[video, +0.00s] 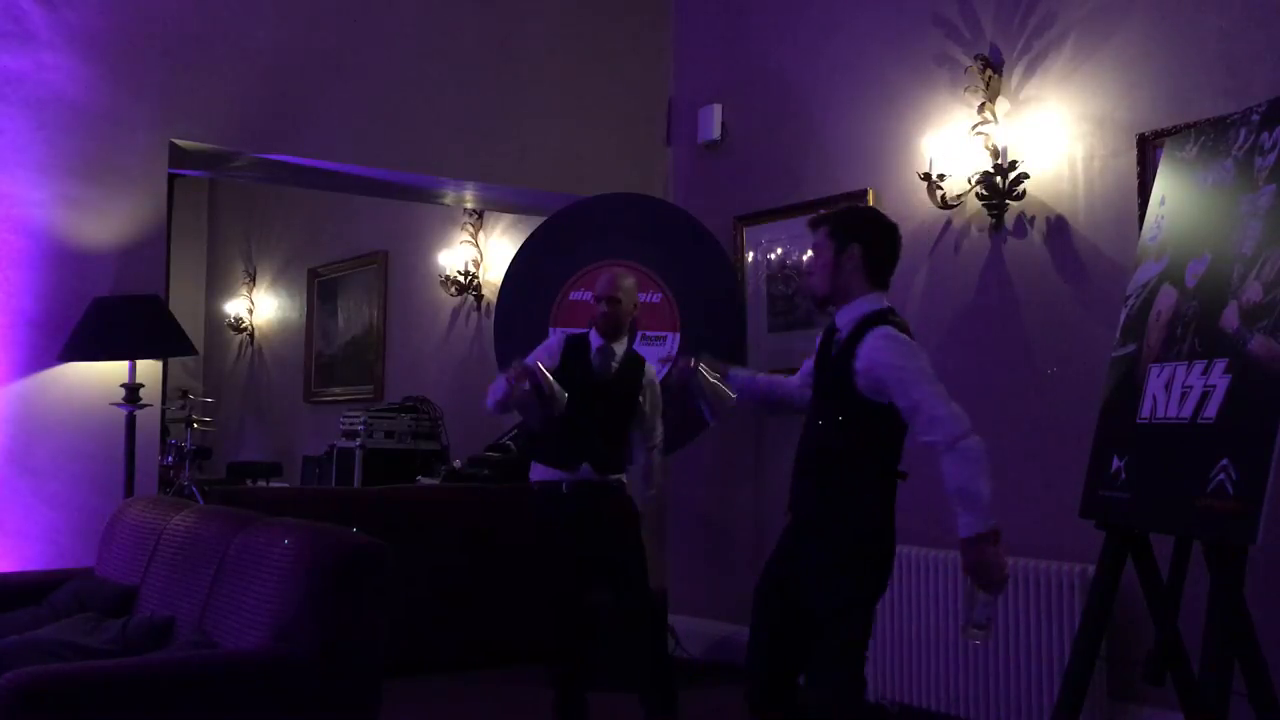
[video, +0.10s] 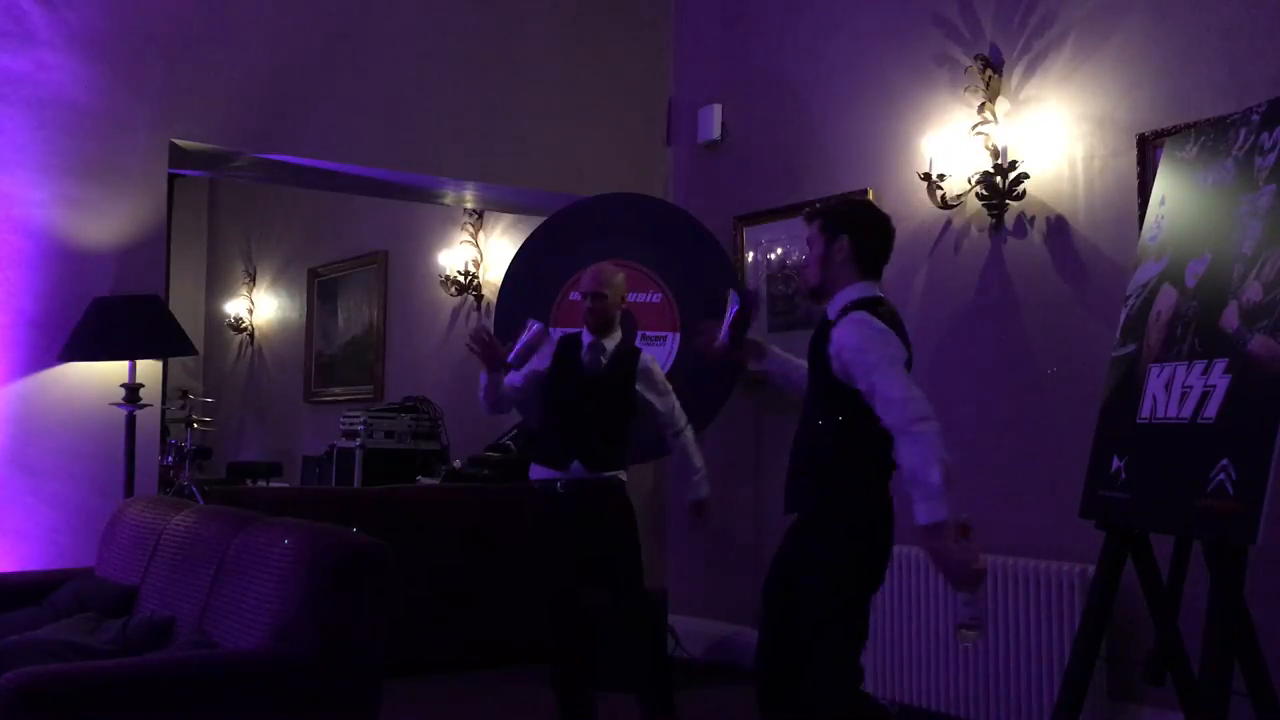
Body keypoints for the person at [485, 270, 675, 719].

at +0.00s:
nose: (603, 309)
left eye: (613, 302)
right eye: (599, 300)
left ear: (634, 309)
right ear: (590, 304)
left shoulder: (644, 373)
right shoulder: (559, 347)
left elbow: (651, 446)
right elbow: (495, 403)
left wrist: (649, 504)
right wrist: (514, 380)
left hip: (611, 497)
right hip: (553, 492)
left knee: (632, 600)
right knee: (561, 604)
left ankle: (650, 702)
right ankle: (567, 700)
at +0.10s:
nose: (590, 305)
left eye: (600, 297)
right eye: (585, 297)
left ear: (621, 303)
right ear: (578, 302)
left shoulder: (637, 364)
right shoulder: (554, 350)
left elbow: (677, 425)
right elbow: (498, 404)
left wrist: (698, 486)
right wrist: (494, 369)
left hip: (607, 498)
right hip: (550, 496)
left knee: (623, 603)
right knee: (559, 607)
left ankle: (645, 699)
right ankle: (570, 701)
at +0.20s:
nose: (579, 303)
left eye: (589, 295)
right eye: (575, 295)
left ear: (612, 300)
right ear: (569, 298)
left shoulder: (633, 358)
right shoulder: (550, 352)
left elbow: (686, 410)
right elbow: (503, 405)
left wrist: (730, 472)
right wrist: (483, 378)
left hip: (605, 498)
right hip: (550, 497)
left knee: (621, 605)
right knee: (560, 609)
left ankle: (646, 702)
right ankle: (572, 704)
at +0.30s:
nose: (572, 303)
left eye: (581, 294)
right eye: (566, 295)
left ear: (605, 296)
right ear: (561, 299)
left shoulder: (628, 352)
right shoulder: (550, 350)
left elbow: (684, 399)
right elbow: (519, 411)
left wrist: (728, 457)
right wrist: (495, 400)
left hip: (605, 495)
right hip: (550, 495)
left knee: (621, 603)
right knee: (559, 608)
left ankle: (648, 704)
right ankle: (572, 704)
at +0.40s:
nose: (563, 302)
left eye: (572, 293)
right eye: (557, 294)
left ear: (596, 294)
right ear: (553, 297)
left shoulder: (619, 345)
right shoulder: (550, 351)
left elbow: (658, 402)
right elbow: (536, 410)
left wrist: (684, 465)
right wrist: (511, 431)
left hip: (609, 490)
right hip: (558, 491)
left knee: (621, 598)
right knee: (563, 600)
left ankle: (647, 698)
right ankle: (573, 698)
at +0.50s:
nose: (555, 304)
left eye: (563, 295)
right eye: (550, 296)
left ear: (589, 293)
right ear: (549, 297)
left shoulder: (616, 348)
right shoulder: (556, 353)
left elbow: (624, 427)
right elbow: (553, 429)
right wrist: (523, 480)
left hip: (604, 490)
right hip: (562, 491)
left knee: (620, 599)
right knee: (563, 600)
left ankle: (653, 700)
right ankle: (574, 701)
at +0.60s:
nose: (554, 305)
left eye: (562, 297)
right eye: (550, 297)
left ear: (590, 295)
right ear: (554, 297)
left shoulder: (614, 353)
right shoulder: (568, 349)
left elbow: (593, 435)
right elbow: (564, 421)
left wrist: (545, 496)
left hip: (609, 493)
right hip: (572, 489)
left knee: (620, 604)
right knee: (569, 605)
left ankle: (657, 702)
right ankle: (575, 702)